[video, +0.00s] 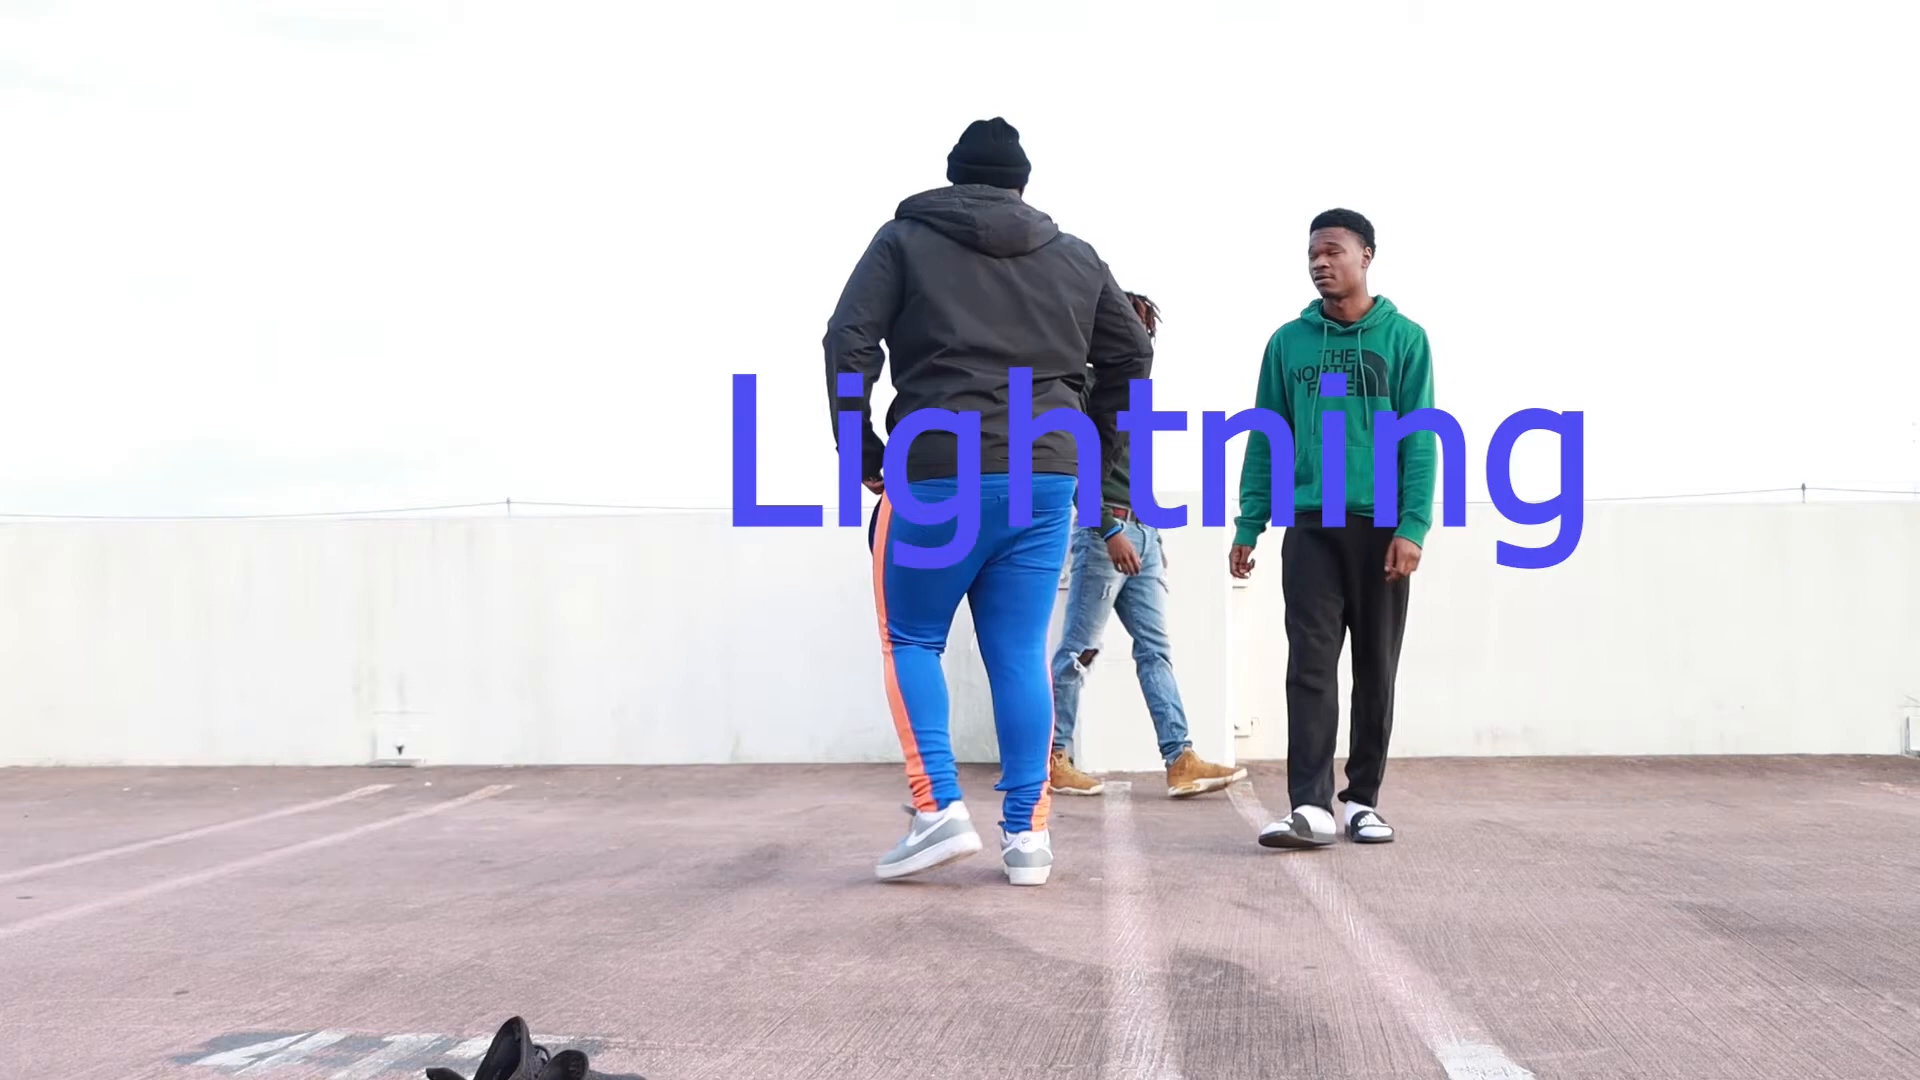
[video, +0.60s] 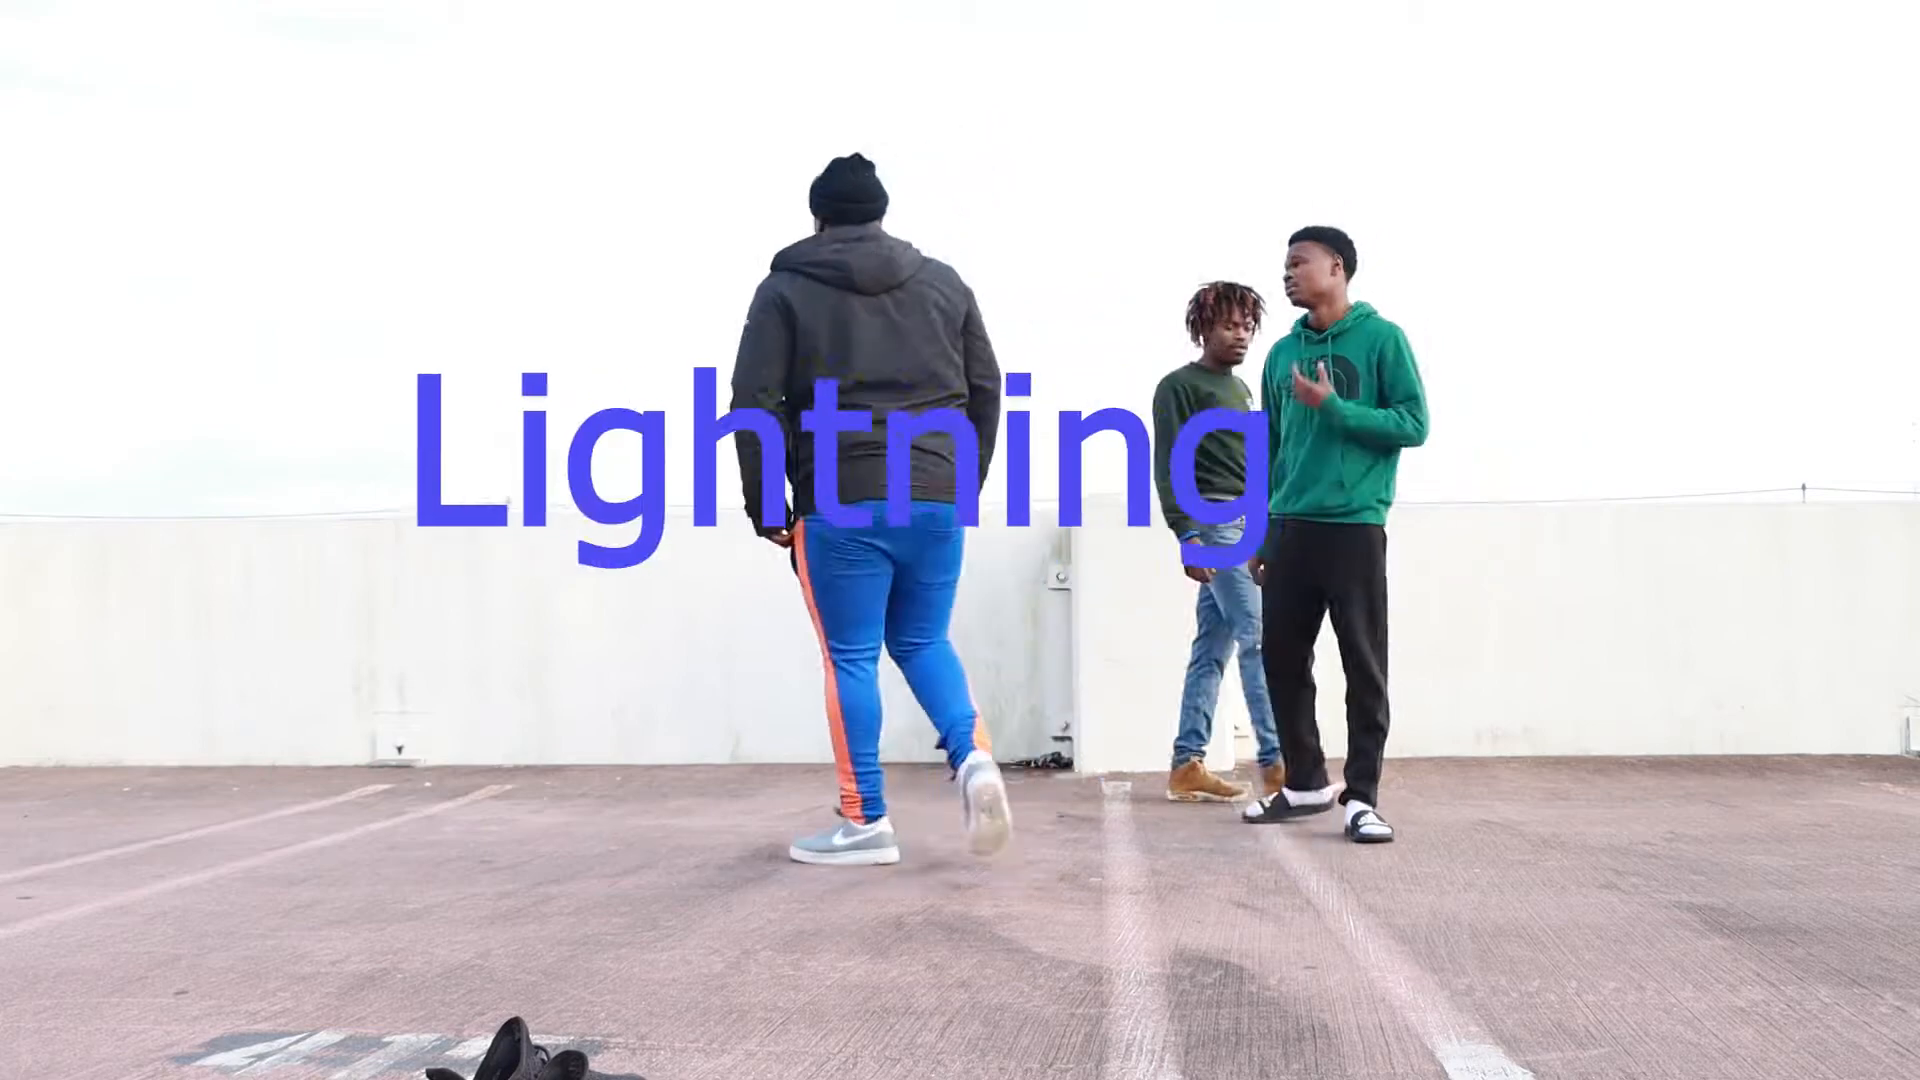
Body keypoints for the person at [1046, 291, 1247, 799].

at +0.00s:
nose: (1149, 334)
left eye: (1150, 325)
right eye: (1141, 323)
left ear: (1148, 330)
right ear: (1118, 326)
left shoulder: (1137, 388)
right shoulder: (1095, 383)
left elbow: (1129, 462)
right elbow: (1084, 456)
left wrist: (1147, 526)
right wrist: (1107, 528)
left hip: (1140, 528)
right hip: (1101, 527)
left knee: (1154, 646)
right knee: (1078, 647)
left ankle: (1180, 759)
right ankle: (1051, 754)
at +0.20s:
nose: (1167, 342)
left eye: (1173, 334)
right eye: (1156, 332)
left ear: (1179, 339)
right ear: (1130, 335)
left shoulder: (1163, 399)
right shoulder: (1111, 391)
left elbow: (1177, 475)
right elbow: (1098, 473)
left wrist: (1200, 540)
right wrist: (1110, 543)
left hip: (1184, 535)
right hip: (1143, 533)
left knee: (1179, 656)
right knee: (1129, 651)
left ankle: (1185, 766)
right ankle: (1063, 746)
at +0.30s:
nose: (1182, 338)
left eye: (1189, 329)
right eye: (1172, 328)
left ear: (1197, 335)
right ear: (1147, 332)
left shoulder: (1185, 396)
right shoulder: (1123, 389)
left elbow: (1202, 471)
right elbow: (1108, 468)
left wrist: (1229, 530)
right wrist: (1119, 535)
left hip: (1204, 534)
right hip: (1162, 534)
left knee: (1195, 651)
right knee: (1176, 645)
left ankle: (1187, 765)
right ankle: (1092, 731)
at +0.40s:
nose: (1203, 336)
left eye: (1209, 328)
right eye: (1192, 326)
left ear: (1215, 334)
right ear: (1165, 329)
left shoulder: (1205, 391)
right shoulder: (1141, 384)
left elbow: (1225, 463)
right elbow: (1125, 462)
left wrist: (1254, 522)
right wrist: (1135, 531)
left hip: (1220, 525)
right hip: (1182, 523)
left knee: (1200, 644)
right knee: (1212, 637)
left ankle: (1187, 764)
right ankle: (1138, 736)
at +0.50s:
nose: (1219, 335)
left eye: (1225, 326)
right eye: (1208, 325)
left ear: (1232, 332)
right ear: (1183, 327)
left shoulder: (1222, 389)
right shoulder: (1158, 385)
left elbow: (1234, 460)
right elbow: (1144, 466)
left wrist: (1274, 497)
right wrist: (1158, 532)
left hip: (1228, 523)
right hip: (1194, 522)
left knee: (1205, 642)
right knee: (1238, 630)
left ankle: (1188, 764)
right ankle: (1203, 756)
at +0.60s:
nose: (1241, 335)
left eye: (1247, 326)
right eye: (1230, 325)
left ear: (1253, 331)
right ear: (1202, 328)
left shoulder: (1240, 389)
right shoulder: (1177, 387)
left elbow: (1254, 467)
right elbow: (1167, 471)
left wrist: (1264, 535)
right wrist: (1187, 538)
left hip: (1245, 528)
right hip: (1211, 531)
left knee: (1210, 650)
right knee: (1256, 638)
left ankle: (1187, 763)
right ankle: (1275, 761)